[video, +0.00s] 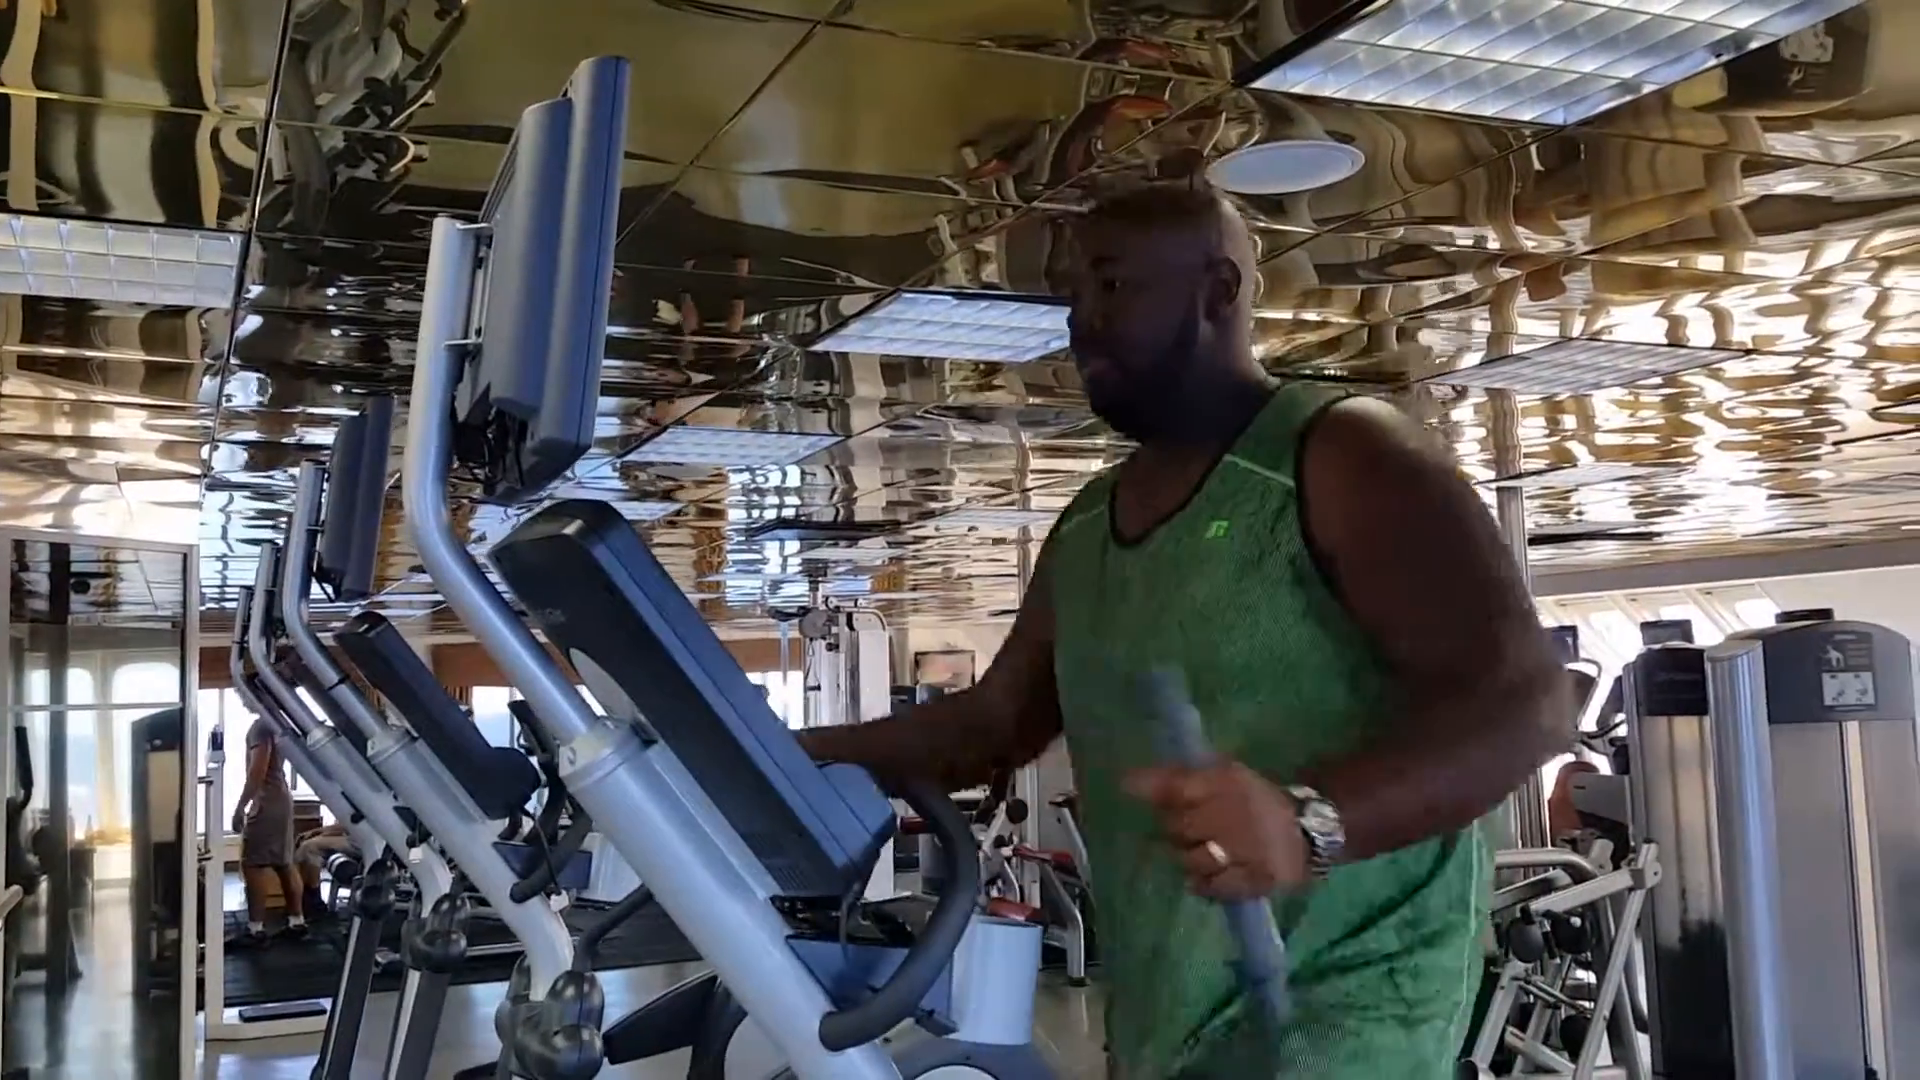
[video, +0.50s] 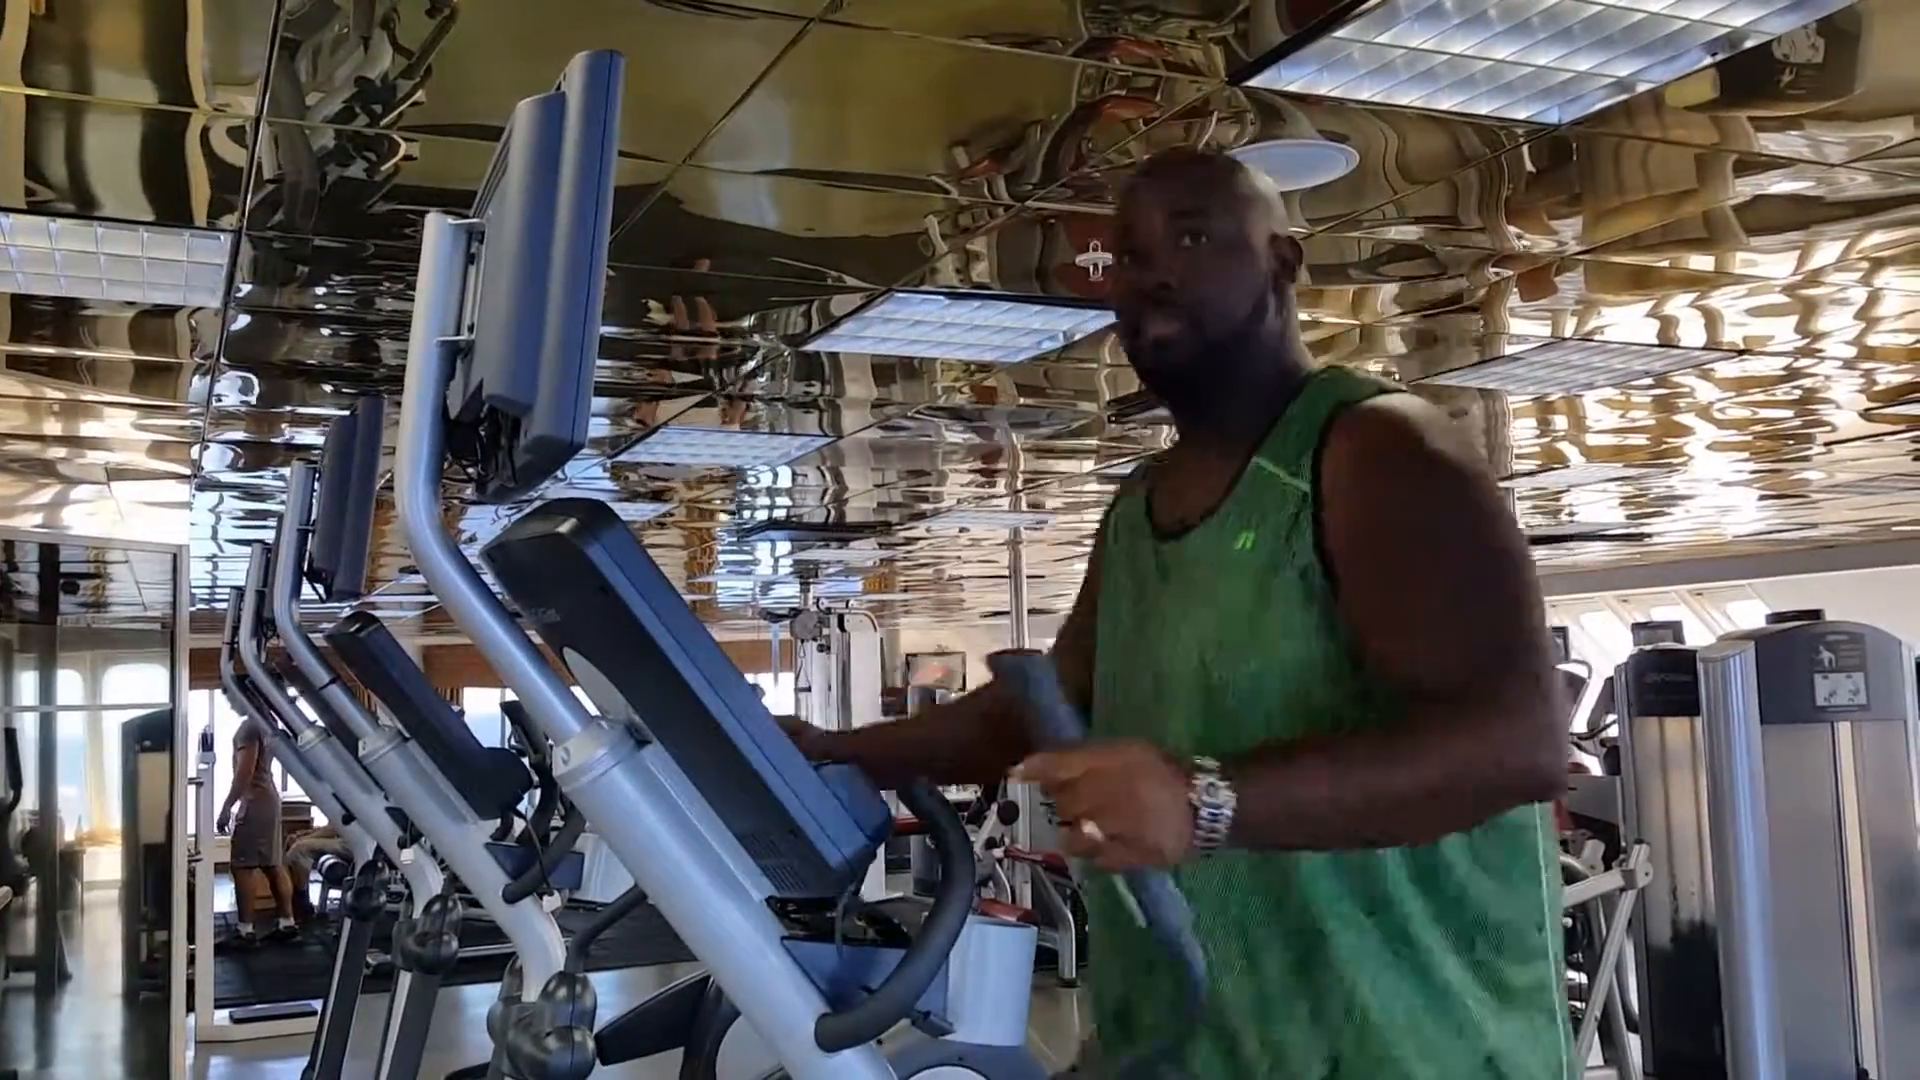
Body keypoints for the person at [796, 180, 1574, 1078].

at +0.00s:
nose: (1078, 321)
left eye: (1110, 286)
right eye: (1071, 293)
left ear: (1218, 295)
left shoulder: (1351, 453)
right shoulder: (1089, 528)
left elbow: (1528, 700)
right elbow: (995, 724)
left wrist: (1317, 820)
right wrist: (789, 758)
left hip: (1353, 1002)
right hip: (1159, 1008)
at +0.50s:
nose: (1145, 276)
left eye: (1192, 236)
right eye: (1127, 255)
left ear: (1283, 265)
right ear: (1110, 290)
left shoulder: (1388, 460)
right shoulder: (1139, 512)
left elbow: (1517, 738)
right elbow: (1052, 712)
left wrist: (1210, 803)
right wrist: (842, 756)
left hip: (1407, 1046)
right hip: (1168, 1044)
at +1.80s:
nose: (1097, 309)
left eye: (1127, 271)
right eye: (1088, 282)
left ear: (1241, 273)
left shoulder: (1389, 460)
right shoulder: (1128, 503)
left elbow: (1488, 754)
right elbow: (1049, 699)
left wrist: (1197, 784)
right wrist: (846, 744)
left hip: (1395, 1047)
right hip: (1154, 1042)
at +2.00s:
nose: (1075, 289)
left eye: (1110, 259)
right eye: (1070, 263)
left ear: (1224, 265)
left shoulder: (1352, 426)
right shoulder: (1148, 467)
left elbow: (1344, 701)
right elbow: (1191, 715)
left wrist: (1046, 771)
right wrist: (1036, 756)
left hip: (1378, 1027)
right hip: (1196, 1013)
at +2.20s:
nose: (1045, 240)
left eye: (1076, 205)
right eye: (1038, 214)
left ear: (1182, 208)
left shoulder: (1310, 360)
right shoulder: (1113, 423)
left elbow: (1282, 612)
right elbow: (1148, 654)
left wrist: (1029, 764)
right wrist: (1022, 739)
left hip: (1360, 997)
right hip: (1169, 986)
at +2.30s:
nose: (1043, 258)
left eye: (1074, 222)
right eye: (1038, 230)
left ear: (1180, 226)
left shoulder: (1307, 376)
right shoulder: (1099, 439)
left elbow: (1318, 626)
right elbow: (1109, 666)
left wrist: (1073, 757)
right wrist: (969, 754)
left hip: (1344, 995)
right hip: (1174, 990)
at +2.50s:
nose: (1048, 330)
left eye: (1079, 291)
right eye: (1042, 300)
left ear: (1191, 294)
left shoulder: (1337, 453)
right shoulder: (1081, 512)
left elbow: (1485, 715)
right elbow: (1003, 720)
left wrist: (1256, 798)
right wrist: (812, 747)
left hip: (1345, 1017)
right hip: (1153, 1015)